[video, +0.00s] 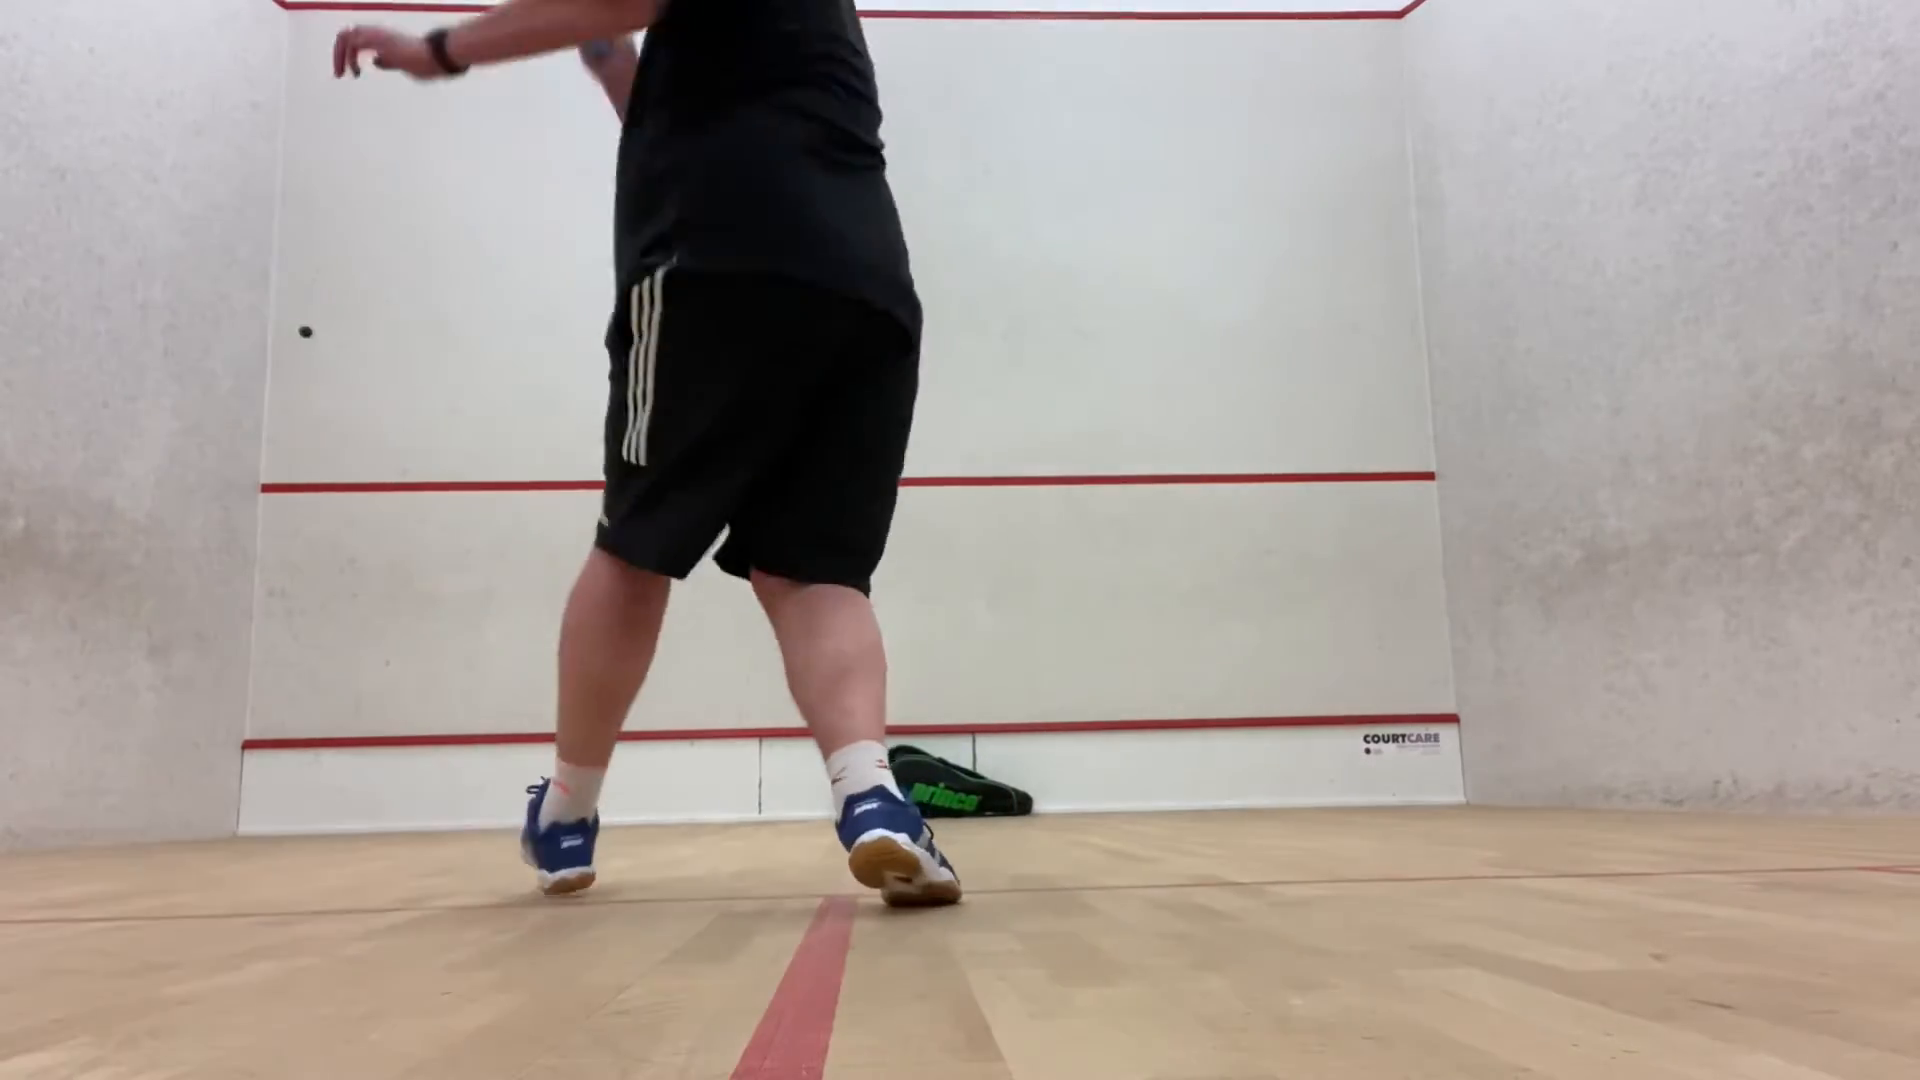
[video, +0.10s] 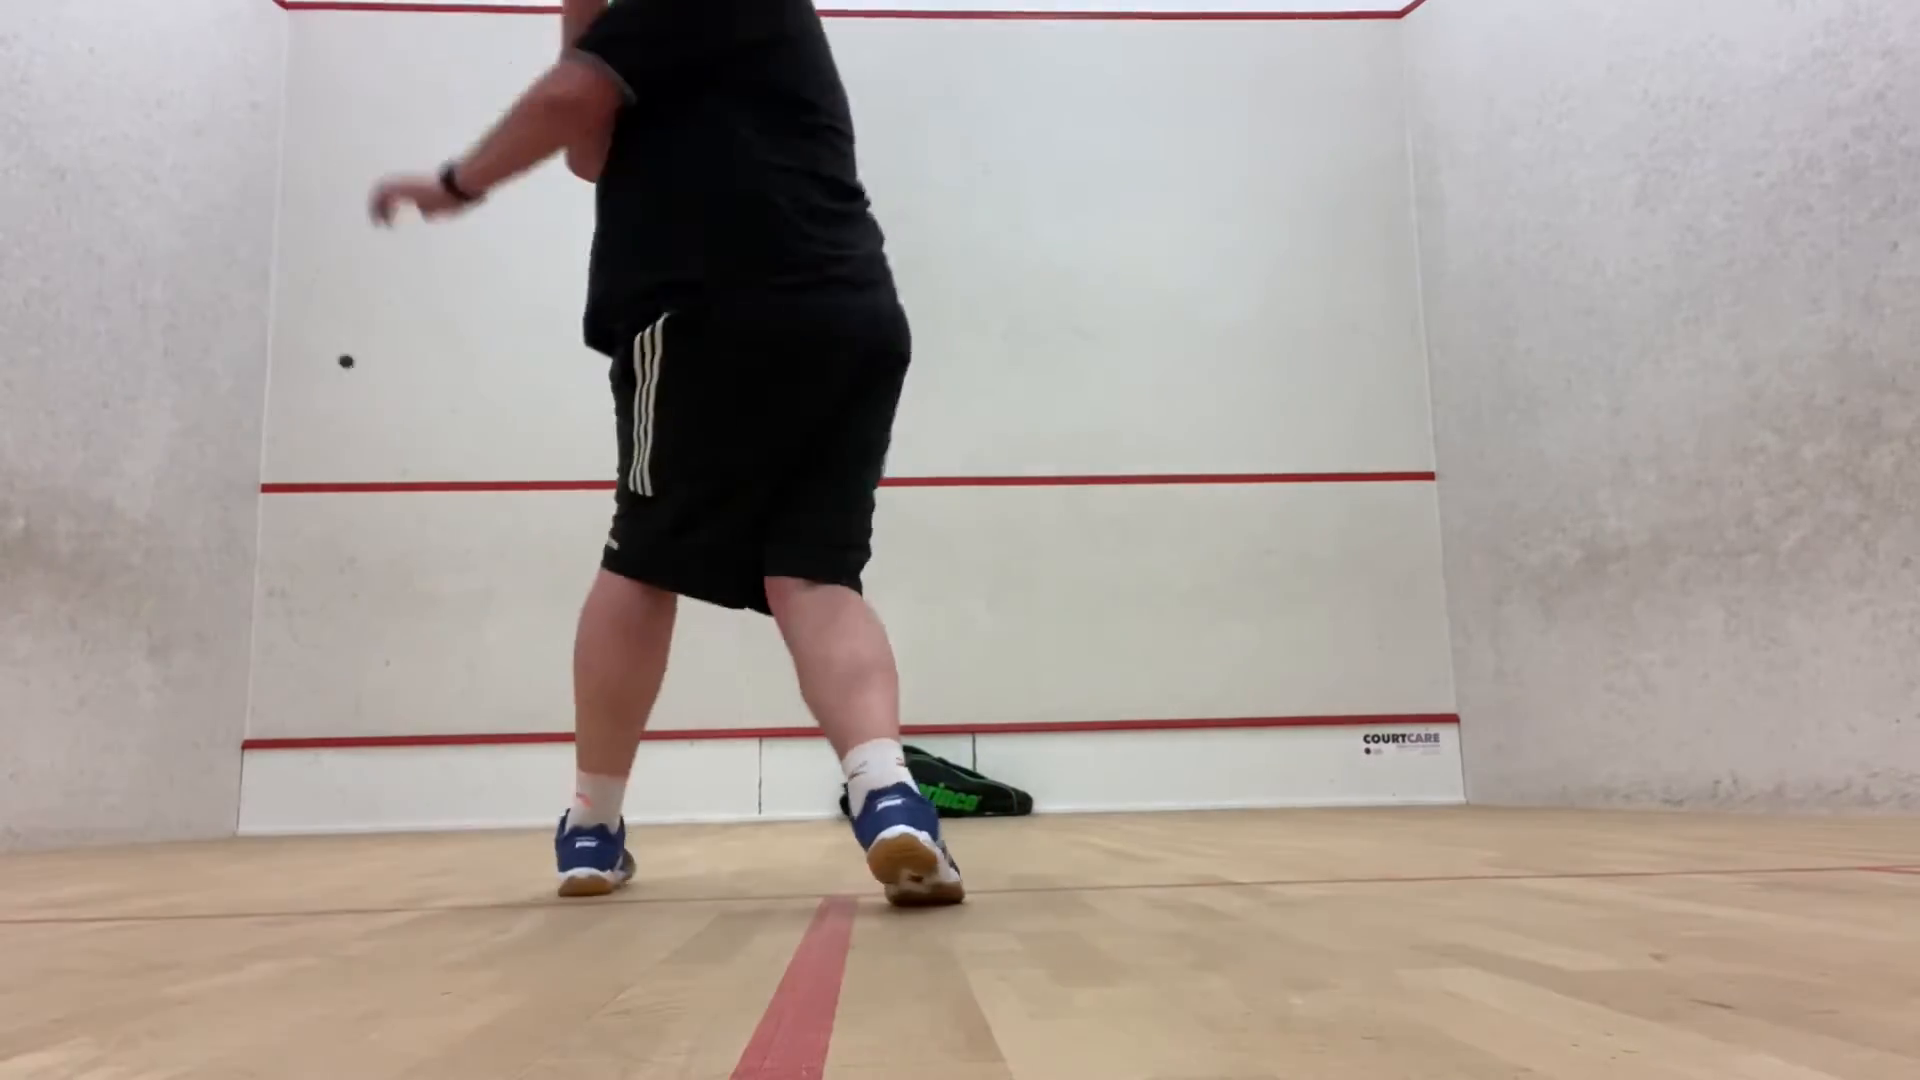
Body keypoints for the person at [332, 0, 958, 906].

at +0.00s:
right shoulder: (825, 19)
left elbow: (615, 6)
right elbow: (686, 138)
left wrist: (440, 49)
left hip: (708, 257)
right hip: (868, 273)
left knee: (638, 544)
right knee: (815, 555)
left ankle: (568, 816)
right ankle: (873, 800)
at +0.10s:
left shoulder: (649, 9)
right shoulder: (784, 19)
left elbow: (575, 105)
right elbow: (593, 153)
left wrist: (460, 182)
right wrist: (587, 26)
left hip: (700, 313)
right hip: (852, 310)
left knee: (642, 562)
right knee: (817, 570)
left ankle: (593, 827)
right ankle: (888, 796)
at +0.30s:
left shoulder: (564, 34)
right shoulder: (765, 53)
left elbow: (547, 223)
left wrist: (600, 339)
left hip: (660, 347)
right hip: (806, 337)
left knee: (633, 579)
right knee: (811, 569)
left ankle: (596, 831)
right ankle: (946, 721)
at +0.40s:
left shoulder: (554, 42)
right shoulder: (757, 38)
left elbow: (519, 220)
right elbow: (895, 160)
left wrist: (602, 324)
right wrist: (996, 207)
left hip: (631, 347)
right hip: (782, 324)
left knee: (650, 566)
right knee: (848, 529)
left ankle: (599, 828)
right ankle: (950, 706)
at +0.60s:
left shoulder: (607, 36)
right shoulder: (822, 16)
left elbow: (582, 213)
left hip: (631, 337)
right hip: (784, 323)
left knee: (642, 583)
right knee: (887, 535)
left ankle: (598, 829)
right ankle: (983, 762)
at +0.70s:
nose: (950, 5)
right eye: (947, 0)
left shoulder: (653, 35)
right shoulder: (841, 10)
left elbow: (701, 192)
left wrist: (849, 285)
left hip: (648, 330)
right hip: (791, 321)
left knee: (655, 588)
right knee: (894, 554)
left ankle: (598, 826)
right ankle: (1004, 795)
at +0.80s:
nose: (939, 12)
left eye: (949, 5)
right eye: (936, 1)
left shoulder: (706, 45)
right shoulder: (844, 16)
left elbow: (744, 218)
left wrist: (880, 274)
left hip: (670, 335)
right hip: (804, 330)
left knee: (680, 594)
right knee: (913, 569)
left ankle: (601, 828)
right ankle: (1013, 814)